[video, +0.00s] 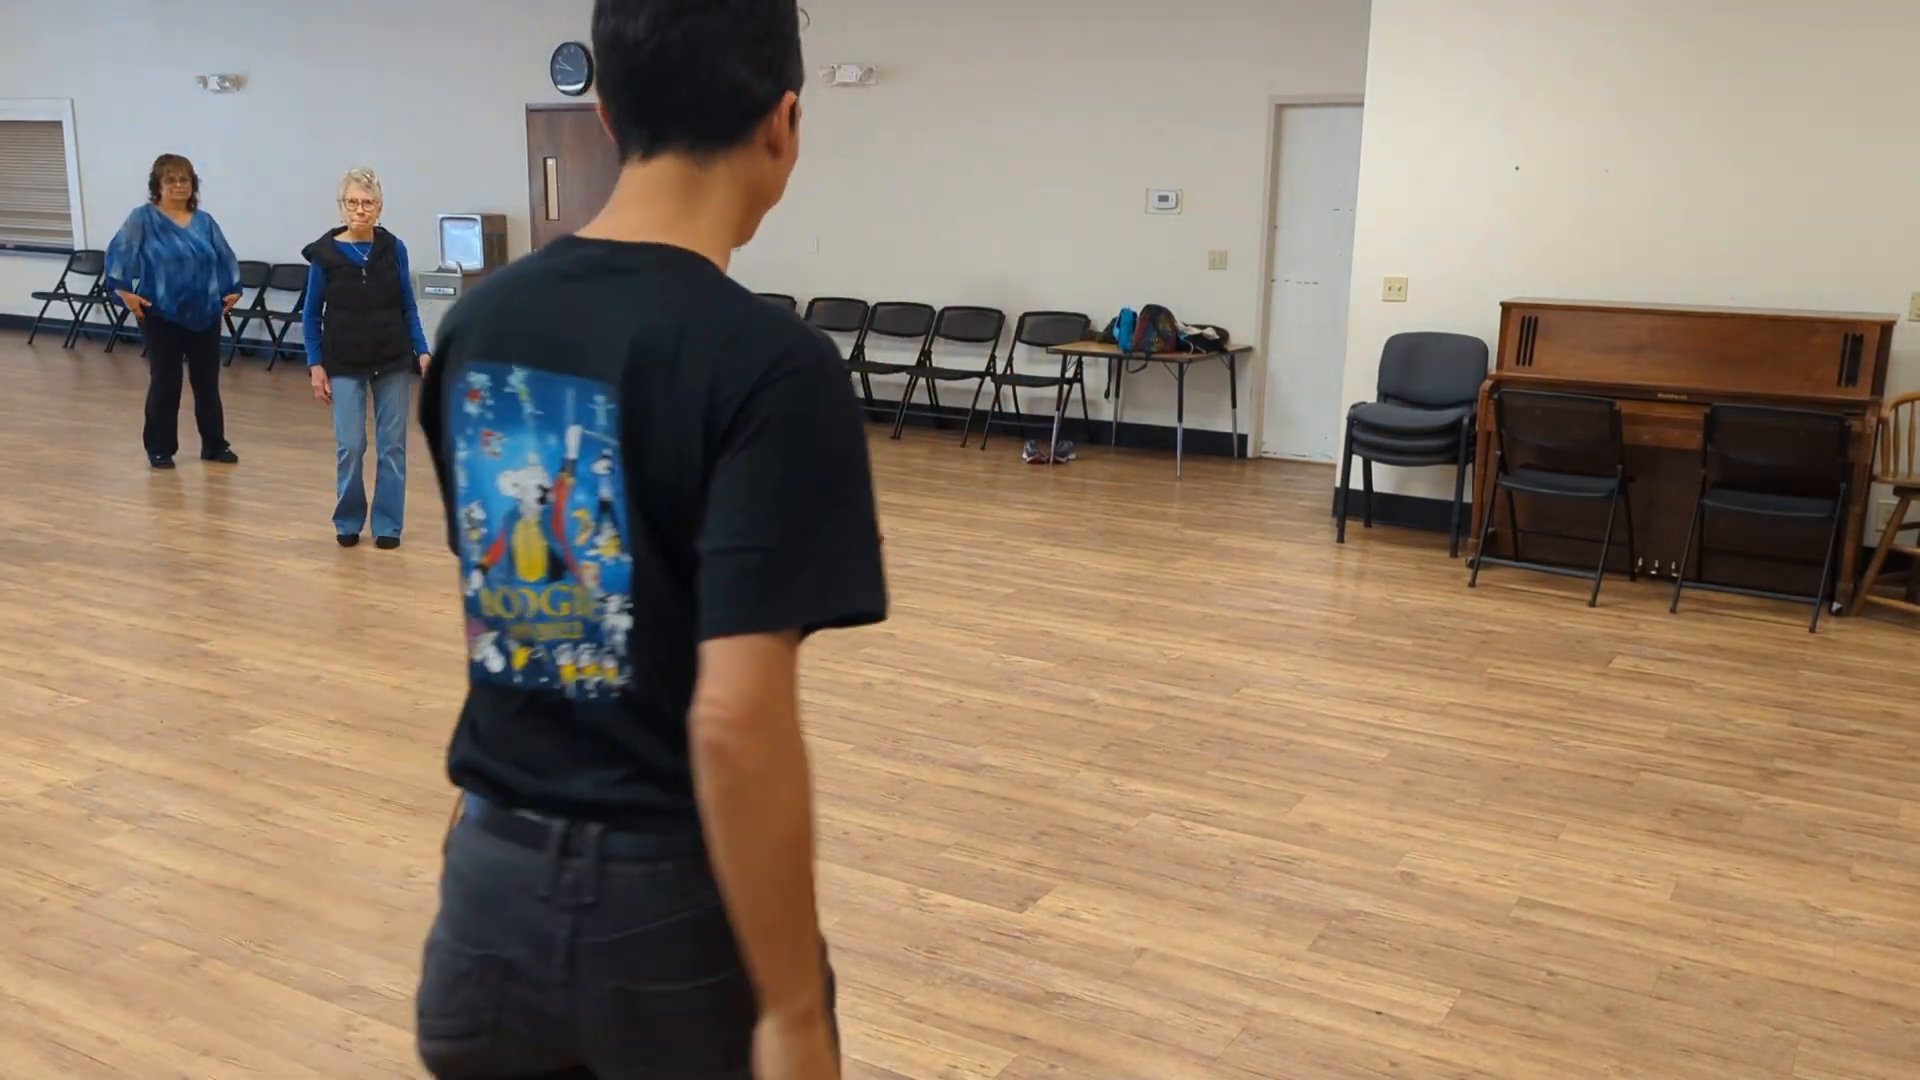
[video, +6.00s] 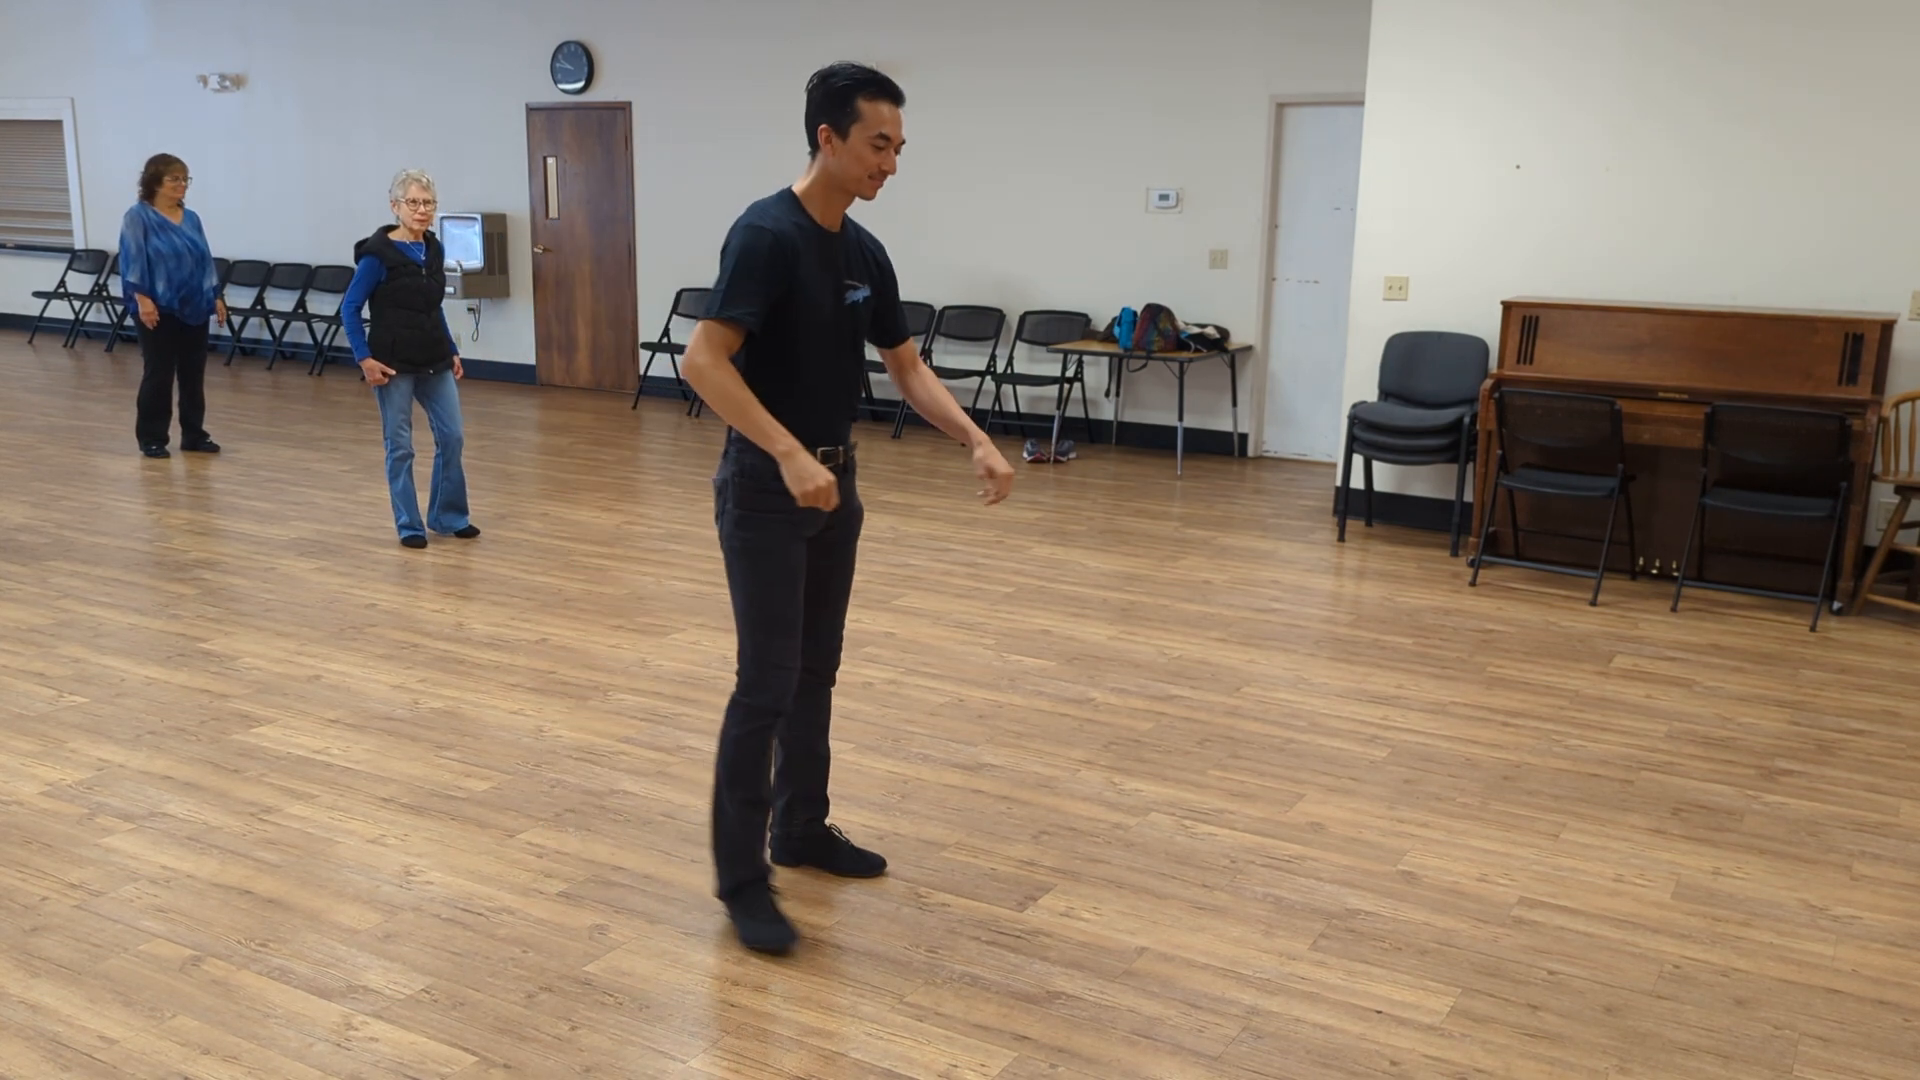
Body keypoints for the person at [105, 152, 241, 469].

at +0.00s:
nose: (180, 185)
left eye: (185, 179)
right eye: (172, 180)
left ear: (193, 184)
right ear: (159, 184)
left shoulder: (205, 221)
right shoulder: (144, 217)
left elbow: (226, 259)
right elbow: (116, 258)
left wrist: (234, 289)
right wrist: (124, 292)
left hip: (204, 315)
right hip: (162, 315)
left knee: (207, 383)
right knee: (166, 383)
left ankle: (214, 445)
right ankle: (160, 450)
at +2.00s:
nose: (154, 184)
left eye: (159, 179)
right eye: (146, 179)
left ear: (167, 183)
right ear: (133, 184)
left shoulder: (178, 217)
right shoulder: (120, 217)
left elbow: (195, 260)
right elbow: (110, 263)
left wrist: (201, 298)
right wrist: (115, 301)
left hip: (183, 310)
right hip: (143, 312)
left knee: (195, 378)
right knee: (150, 379)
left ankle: (211, 441)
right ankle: (152, 441)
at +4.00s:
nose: (166, 183)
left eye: (172, 178)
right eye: (159, 178)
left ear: (180, 183)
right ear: (147, 183)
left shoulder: (189, 218)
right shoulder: (134, 216)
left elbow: (204, 261)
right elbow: (128, 262)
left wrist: (214, 296)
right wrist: (134, 298)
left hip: (192, 308)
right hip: (155, 308)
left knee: (192, 375)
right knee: (157, 375)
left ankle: (193, 436)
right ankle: (152, 440)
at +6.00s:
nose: (182, 185)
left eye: (185, 180)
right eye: (175, 179)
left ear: (186, 183)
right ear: (156, 182)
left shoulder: (190, 217)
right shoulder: (137, 216)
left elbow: (205, 261)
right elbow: (133, 262)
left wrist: (216, 296)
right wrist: (143, 298)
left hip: (194, 308)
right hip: (158, 308)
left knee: (193, 374)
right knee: (159, 374)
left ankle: (193, 435)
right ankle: (152, 440)